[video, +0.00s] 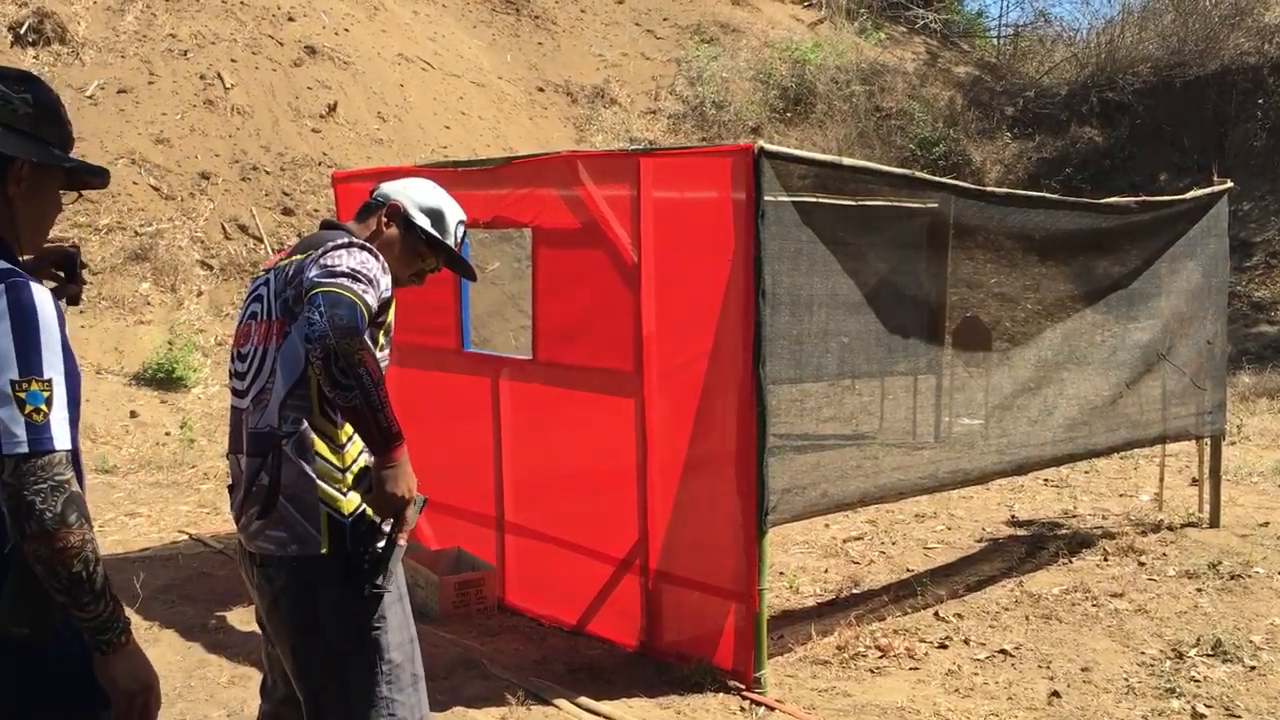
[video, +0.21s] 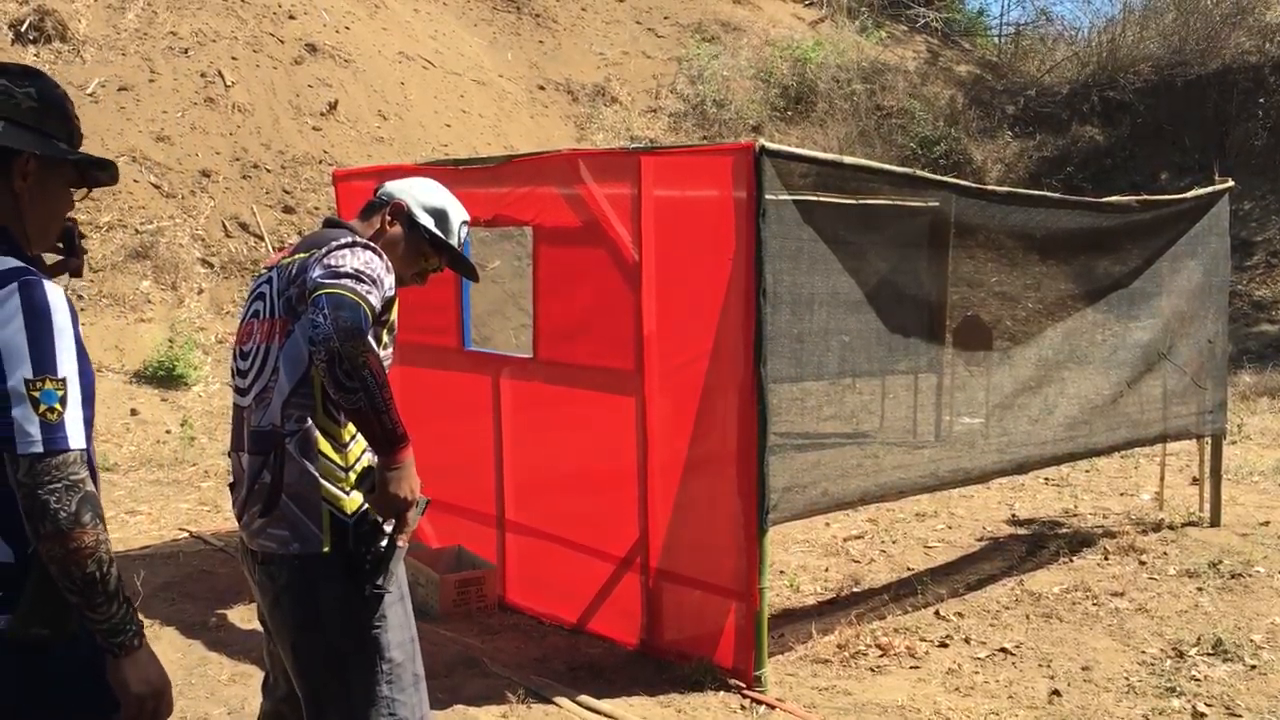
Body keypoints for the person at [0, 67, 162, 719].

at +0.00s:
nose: (62, 205)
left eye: (63, 188)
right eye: (58, 186)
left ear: (18, 183)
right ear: (19, 182)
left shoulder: (21, 292)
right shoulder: (21, 298)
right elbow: (40, 491)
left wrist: (20, 276)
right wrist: (113, 638)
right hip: (33, 639)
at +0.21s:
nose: (73, 206)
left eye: (75, 185)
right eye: (67, 182)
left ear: (22, 178)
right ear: (24, 176)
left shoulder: (17, 286)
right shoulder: (27, 295)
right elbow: (55, 496)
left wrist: (34, 276)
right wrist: (126, 640)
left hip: (17, 635)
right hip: (37, 644)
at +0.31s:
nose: (87, 206)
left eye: (89, 187)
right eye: (83, 184)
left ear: (34, 178)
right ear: (40, 176)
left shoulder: (19, 287)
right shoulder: (37, 296)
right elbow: (70, 500)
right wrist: (139, 641)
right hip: (39, 642)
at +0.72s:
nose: (167, 212)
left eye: (173, 195)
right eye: (168, 191)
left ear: (50, 162)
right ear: (126, 182)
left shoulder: (7, 255)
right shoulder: (115, 314)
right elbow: (149, 529)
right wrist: (207, 658)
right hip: (84, 638)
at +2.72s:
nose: (138, 164)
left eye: (141, 147)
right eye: (135, 148)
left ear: (14, 149)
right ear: (99, 160)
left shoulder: (11, 258)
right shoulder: (98, 293)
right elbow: (141, 507)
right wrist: (201, 641)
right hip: (76, 618)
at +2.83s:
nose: (131, 158)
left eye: (134, 143)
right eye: (124, 144)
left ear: (12, 147)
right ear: (87, 159)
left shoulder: (7, 247)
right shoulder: (91, 292)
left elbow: (70, 194)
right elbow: (141, 503)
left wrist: (164, 146)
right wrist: (208, 637)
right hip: (76, 611)